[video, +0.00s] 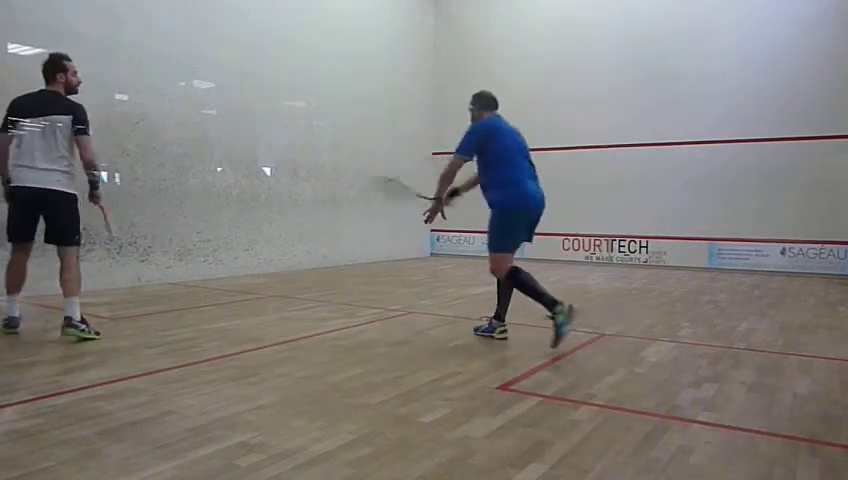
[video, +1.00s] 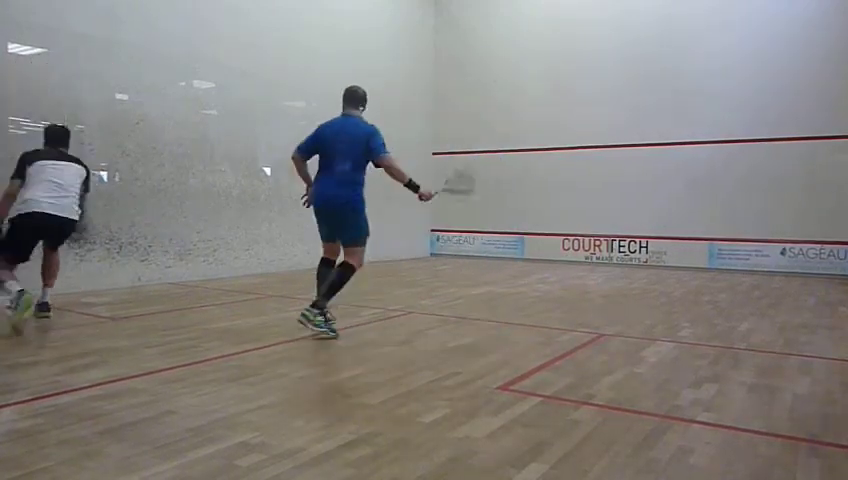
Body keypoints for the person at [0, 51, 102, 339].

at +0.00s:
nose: (78, 78)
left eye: (77, 73)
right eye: (74, 74)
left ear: (49, 78)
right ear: (60, 77)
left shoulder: (18, 104)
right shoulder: (74, 109)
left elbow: (4, 147)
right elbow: (87, 156)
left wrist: (6, 181)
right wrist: (95, 184)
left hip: (22, 190)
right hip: (60, 193)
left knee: (19, 251)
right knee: (69, 256)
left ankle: (11, 315)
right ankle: (73, 319)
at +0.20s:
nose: (56, 76)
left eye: (53, 71)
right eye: (52, 71)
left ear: (27, 78)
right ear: (42, 76)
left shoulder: (5, 102)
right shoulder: (59, 108)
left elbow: (3, 143)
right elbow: (75, 154)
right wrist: (65, 162)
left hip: (10, 189)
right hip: (48, 191)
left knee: (11, 249)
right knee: (60, 247)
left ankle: (10, 314)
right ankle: (62, 303)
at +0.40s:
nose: (45, 76)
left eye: (42, 72)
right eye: (42, 72)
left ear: (16, 78)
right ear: (34, 77)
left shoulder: (3, 102)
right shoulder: (55, 109)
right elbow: (65, 149)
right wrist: (37, 135)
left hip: (8, 187)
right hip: (44, 189)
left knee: (9, 248)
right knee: (41, 245)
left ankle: (10, 312)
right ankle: (46, 306)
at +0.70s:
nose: (48, 105)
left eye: (47, 101)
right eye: (47, 101)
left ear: (25, 101)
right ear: (46, 101)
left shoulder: (13, 119)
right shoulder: (58, 126)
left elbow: (2, 137)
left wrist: (7, 110)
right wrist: (15, 112)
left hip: (22, 195)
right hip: (57, 197)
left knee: (4, 250)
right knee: (40, 243)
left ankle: (9, 308)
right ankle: (42, 301)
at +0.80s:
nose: (32, 112)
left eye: (32, 110)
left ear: (31, 115)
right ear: (54, 118)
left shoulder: (22, 129)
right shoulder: (63, 141)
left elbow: (4, 160)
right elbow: (50, 177)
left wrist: (9, 176)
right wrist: (13, 176)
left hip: (30, 201)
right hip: (63, 206)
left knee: (1, 246)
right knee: (40, 246)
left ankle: (4, 301)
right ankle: (43, 301)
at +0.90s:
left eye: (39, 133)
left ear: (39, 134)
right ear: (60, 137)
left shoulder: (29, 148)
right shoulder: (72, 157)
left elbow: (15, 186)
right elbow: (69, 191)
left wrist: (13, 206)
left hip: (33, 209)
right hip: (66, 215)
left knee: (1, 246)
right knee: (43, 245)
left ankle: (5, 297)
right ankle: (44, 301)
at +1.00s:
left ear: (45, 142)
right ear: (67, 144)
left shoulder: (30, 157)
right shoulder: (81, 167)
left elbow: (11, 192)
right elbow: (81, 202)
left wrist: (2, 218)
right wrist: (75, 222)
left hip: (31, 214)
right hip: (65, 219)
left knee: (5, 264)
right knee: (51, 248)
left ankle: (17, 293)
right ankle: (45, 300)